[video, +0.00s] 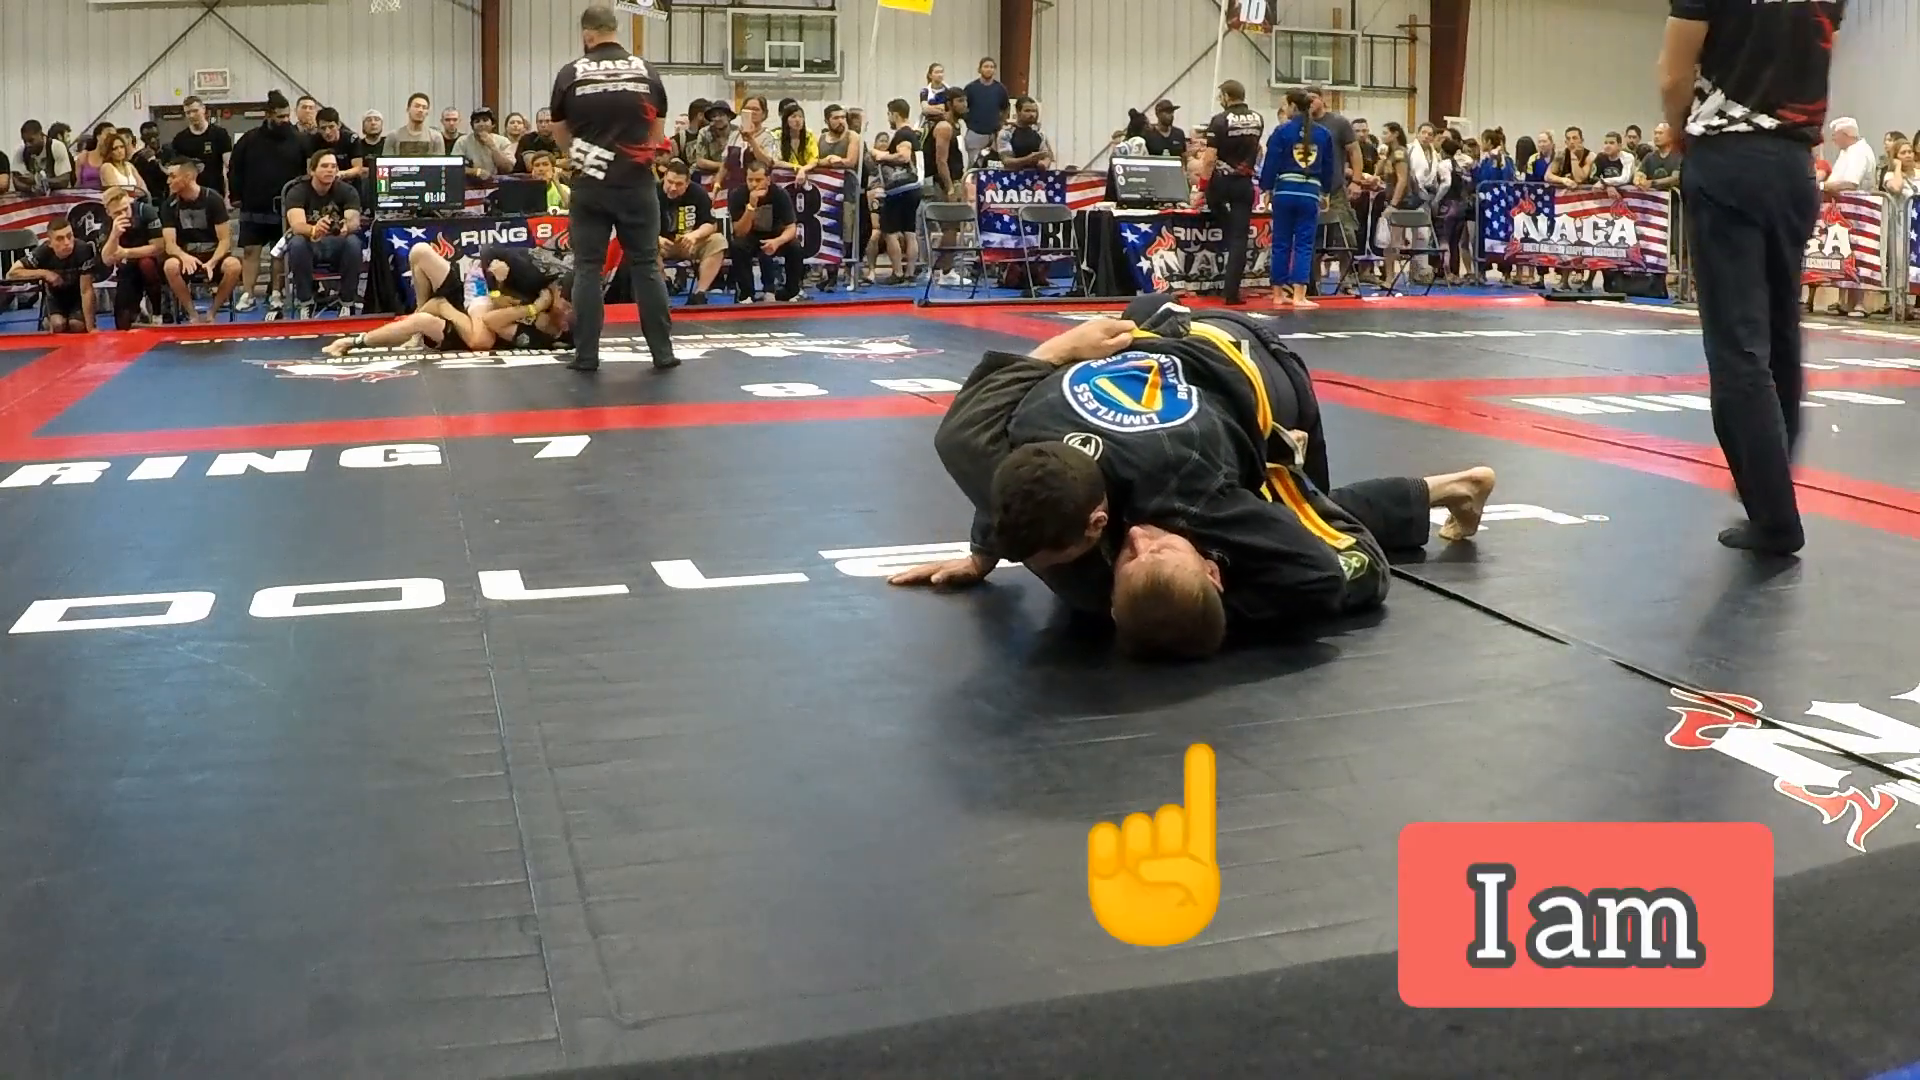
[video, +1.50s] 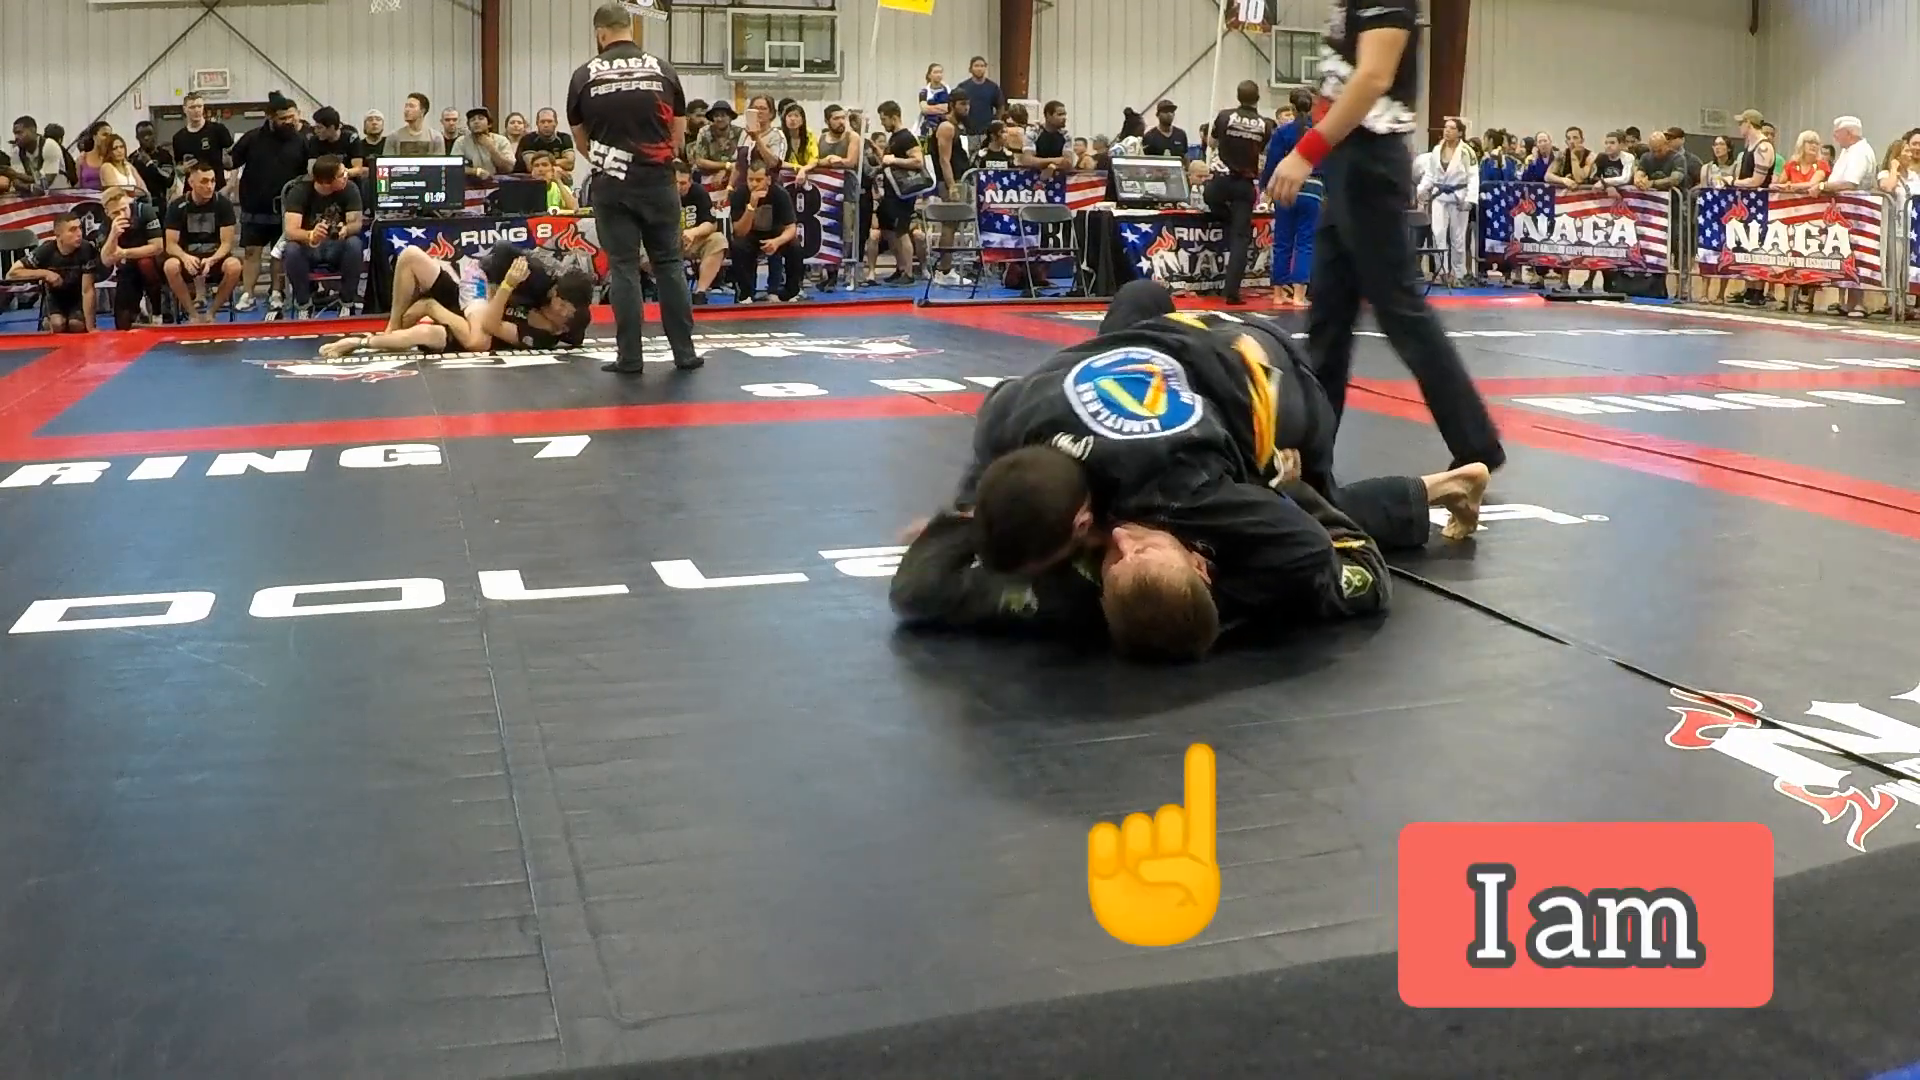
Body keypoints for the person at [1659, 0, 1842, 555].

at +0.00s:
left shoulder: (1704, 4)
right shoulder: (1825, 8)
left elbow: (1674, 75)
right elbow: (1813, 67)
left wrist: (1675, 128)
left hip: (1726, 158)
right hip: (1794, 162)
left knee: (1739, 345)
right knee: (1779, 331)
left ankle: (1775, 523)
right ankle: (1774, 481)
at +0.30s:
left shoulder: (1683, 3)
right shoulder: (1745, 11)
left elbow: (1652, 70)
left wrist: (1605, 174)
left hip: (1684, 158)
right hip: (1727, 158)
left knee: (1686, 330)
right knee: (1690, 329)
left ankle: (1766, 488)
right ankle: (1677, 488)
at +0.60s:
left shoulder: (1643, 5)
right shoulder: (1661, 13)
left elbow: (1643, 64)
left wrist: (1604, 165)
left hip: (1636, 153)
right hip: (1666, 155)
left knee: (1568, 305)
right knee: (1656, 324)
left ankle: (1647, 454)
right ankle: (1677, 474)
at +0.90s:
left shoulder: (1566, 4)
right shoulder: (1538, 13)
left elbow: (1576, 82)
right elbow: (1535, 102)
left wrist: (1559, 184)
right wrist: (1490, 171)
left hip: (1546, 169)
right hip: (1574, 167)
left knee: (1513, 328)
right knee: (1612, 320)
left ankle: (1493, 474)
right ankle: (1667, 458)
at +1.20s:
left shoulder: (1471, 5)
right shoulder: (1472, 11)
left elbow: (1455, 71)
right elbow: (1466, 79)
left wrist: (1403, 161)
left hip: (1462, 147)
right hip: (1462, 146)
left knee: (1459, 304)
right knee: (1451, 300)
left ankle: (1490, 464)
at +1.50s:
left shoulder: (1386, 5)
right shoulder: (1356, 10)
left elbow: (1374, 76)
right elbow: (1359, 77)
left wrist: (1305, 152)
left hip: (1373, 154)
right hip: (1350, 153)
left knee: (1400, 309)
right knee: (1329, 314)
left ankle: (1478, 447)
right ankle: (1307, 456)